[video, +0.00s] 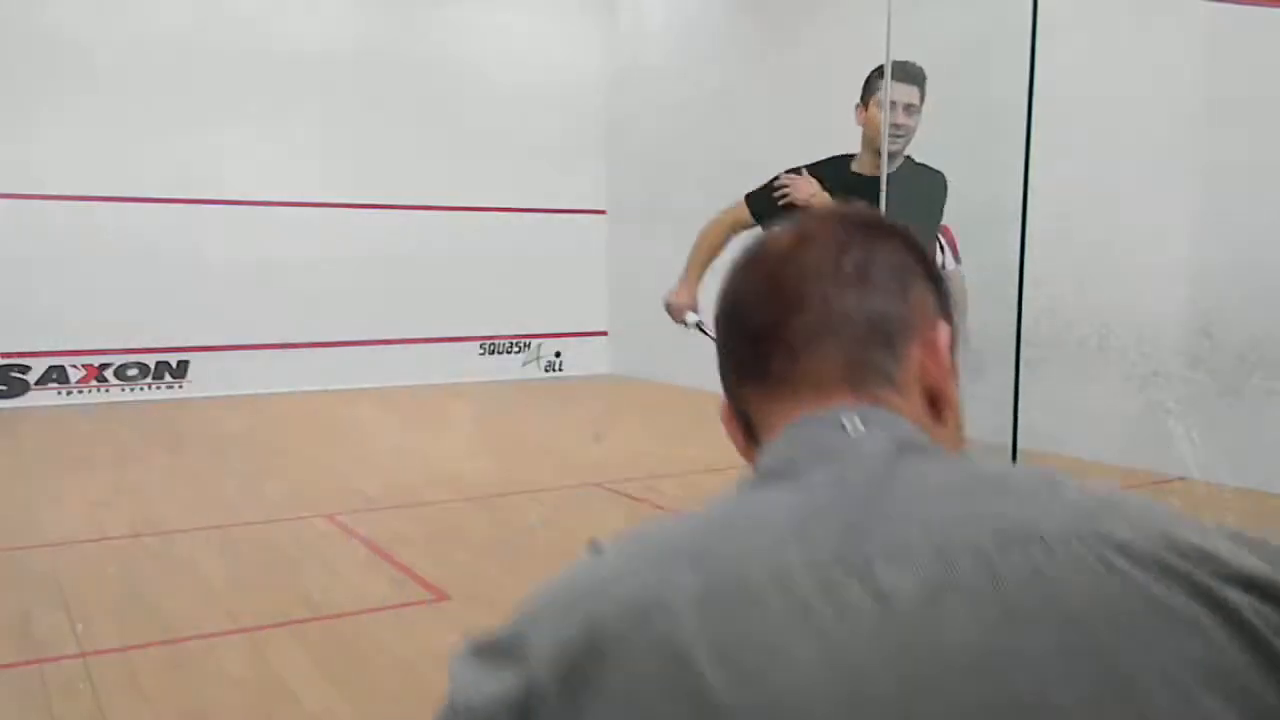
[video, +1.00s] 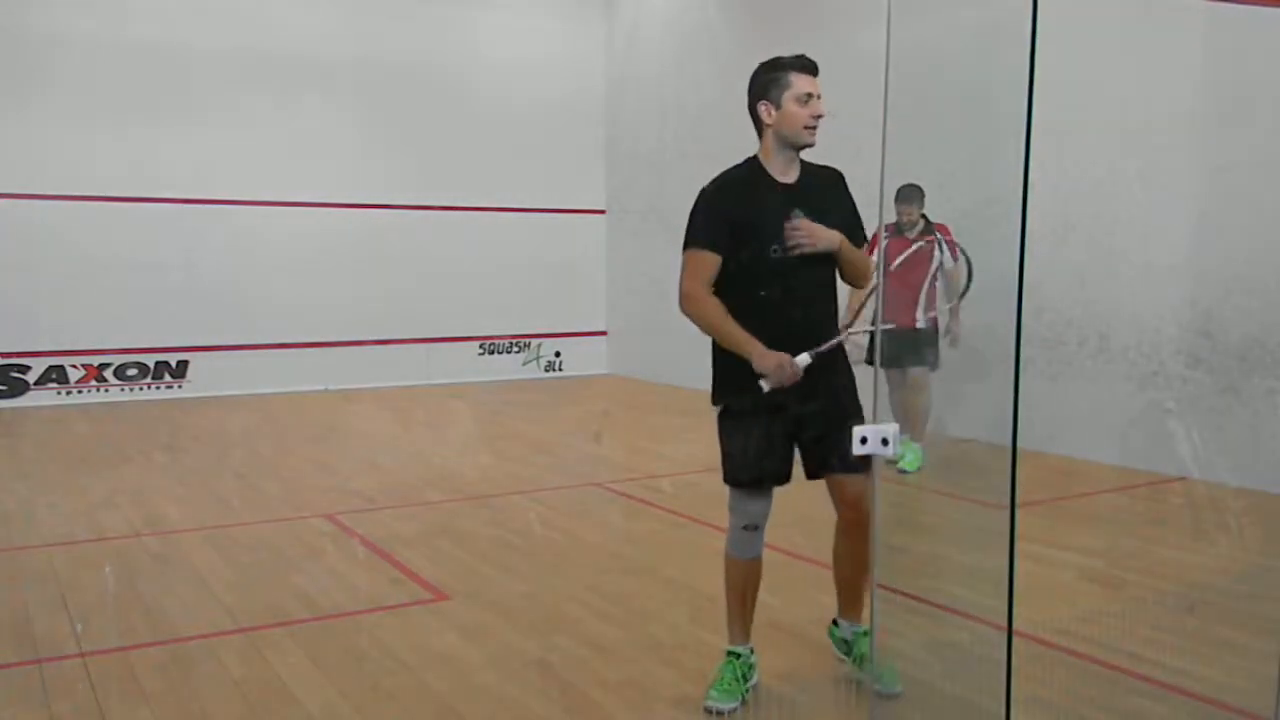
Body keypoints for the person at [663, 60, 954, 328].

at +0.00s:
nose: (899, 120)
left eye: (911, 110)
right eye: (888, 107)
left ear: (920, 119)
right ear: (861, 114)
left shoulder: (928, 185)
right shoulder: (819, 177)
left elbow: (903, 258)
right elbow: (727, 223)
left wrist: (825, 206)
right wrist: (688, 285)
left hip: (897, 325)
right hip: (822, 321)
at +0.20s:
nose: (879, 119)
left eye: (884, 109)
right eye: (868, 107)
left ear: (883, 120)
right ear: (831, 113)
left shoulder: (896, 188)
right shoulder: (780, 181)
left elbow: (867, 249)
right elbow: (679, 202)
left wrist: (824, 183)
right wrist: (654, 244)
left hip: (861, 380)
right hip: (786, 373)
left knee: (862, 521)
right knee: (766, 514)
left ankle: (867, 654)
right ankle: (738, 651)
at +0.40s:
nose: (850, 118)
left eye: (853, 108)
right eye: (839, 106)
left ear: (843, 117)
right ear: (798, 109)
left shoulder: (855, 187)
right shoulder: (747, 183)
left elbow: (857, 255)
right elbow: (665, 246)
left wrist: (786, 198)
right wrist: (667, 294)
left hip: (831, 372)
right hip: (753, 370)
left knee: (851, 517)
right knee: (748, 517)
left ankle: (862, 650)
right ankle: (738, 655)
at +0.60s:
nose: (820, 114)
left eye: (822, 103)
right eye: (809, 102)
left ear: (794, 114)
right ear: (769, 109)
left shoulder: (824, 181)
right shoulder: (725, 184)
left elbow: (846, 251)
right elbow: (683, 277)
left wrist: (779, 197)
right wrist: (732, 345)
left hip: (817, 377)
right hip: (744, 380)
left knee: (835, 511)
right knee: (743, 518)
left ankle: (821, 654)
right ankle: (738, 655)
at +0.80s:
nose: (807, 111)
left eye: (807, 101)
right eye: (795, 101)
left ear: (791, 111)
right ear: (755, 109)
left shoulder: (814, 182)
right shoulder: (719, 188)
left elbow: (852, 262)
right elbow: (693, 286)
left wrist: (796, 206)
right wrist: (772, 340)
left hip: (814, 372)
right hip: (742, 381)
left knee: (833, 506)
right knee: (743, 517)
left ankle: (825, 648)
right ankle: (738, 654)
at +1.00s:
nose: (819, 110)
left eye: (820, 100)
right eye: (806, 100)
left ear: (806, 113)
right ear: (766, 111)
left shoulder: (829, 186)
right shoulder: (723, 196)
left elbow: (865, 276)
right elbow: (693, 295)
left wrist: (836, 243)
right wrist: (756, 352)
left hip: (824, 370)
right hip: (749, 380)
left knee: (856, 500)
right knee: (748, 518)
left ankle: (851, 629)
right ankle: (739, 653)